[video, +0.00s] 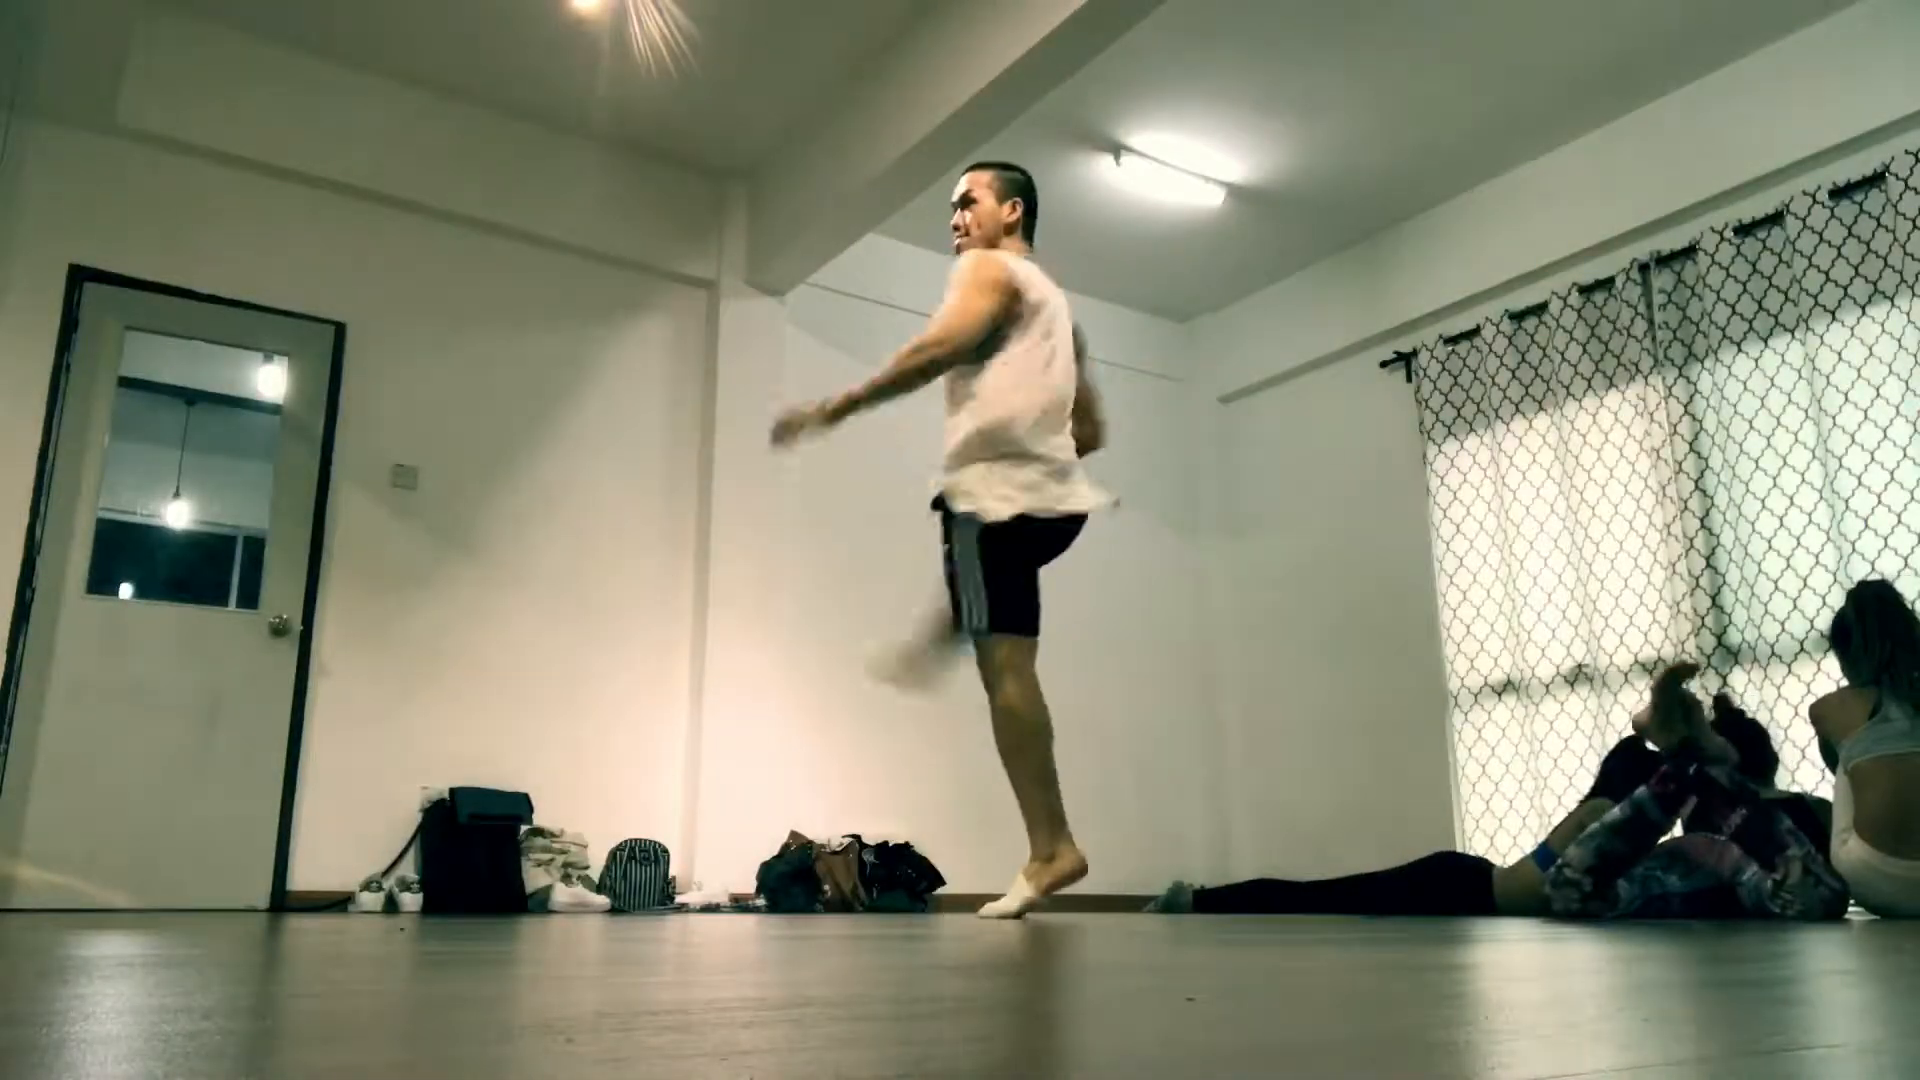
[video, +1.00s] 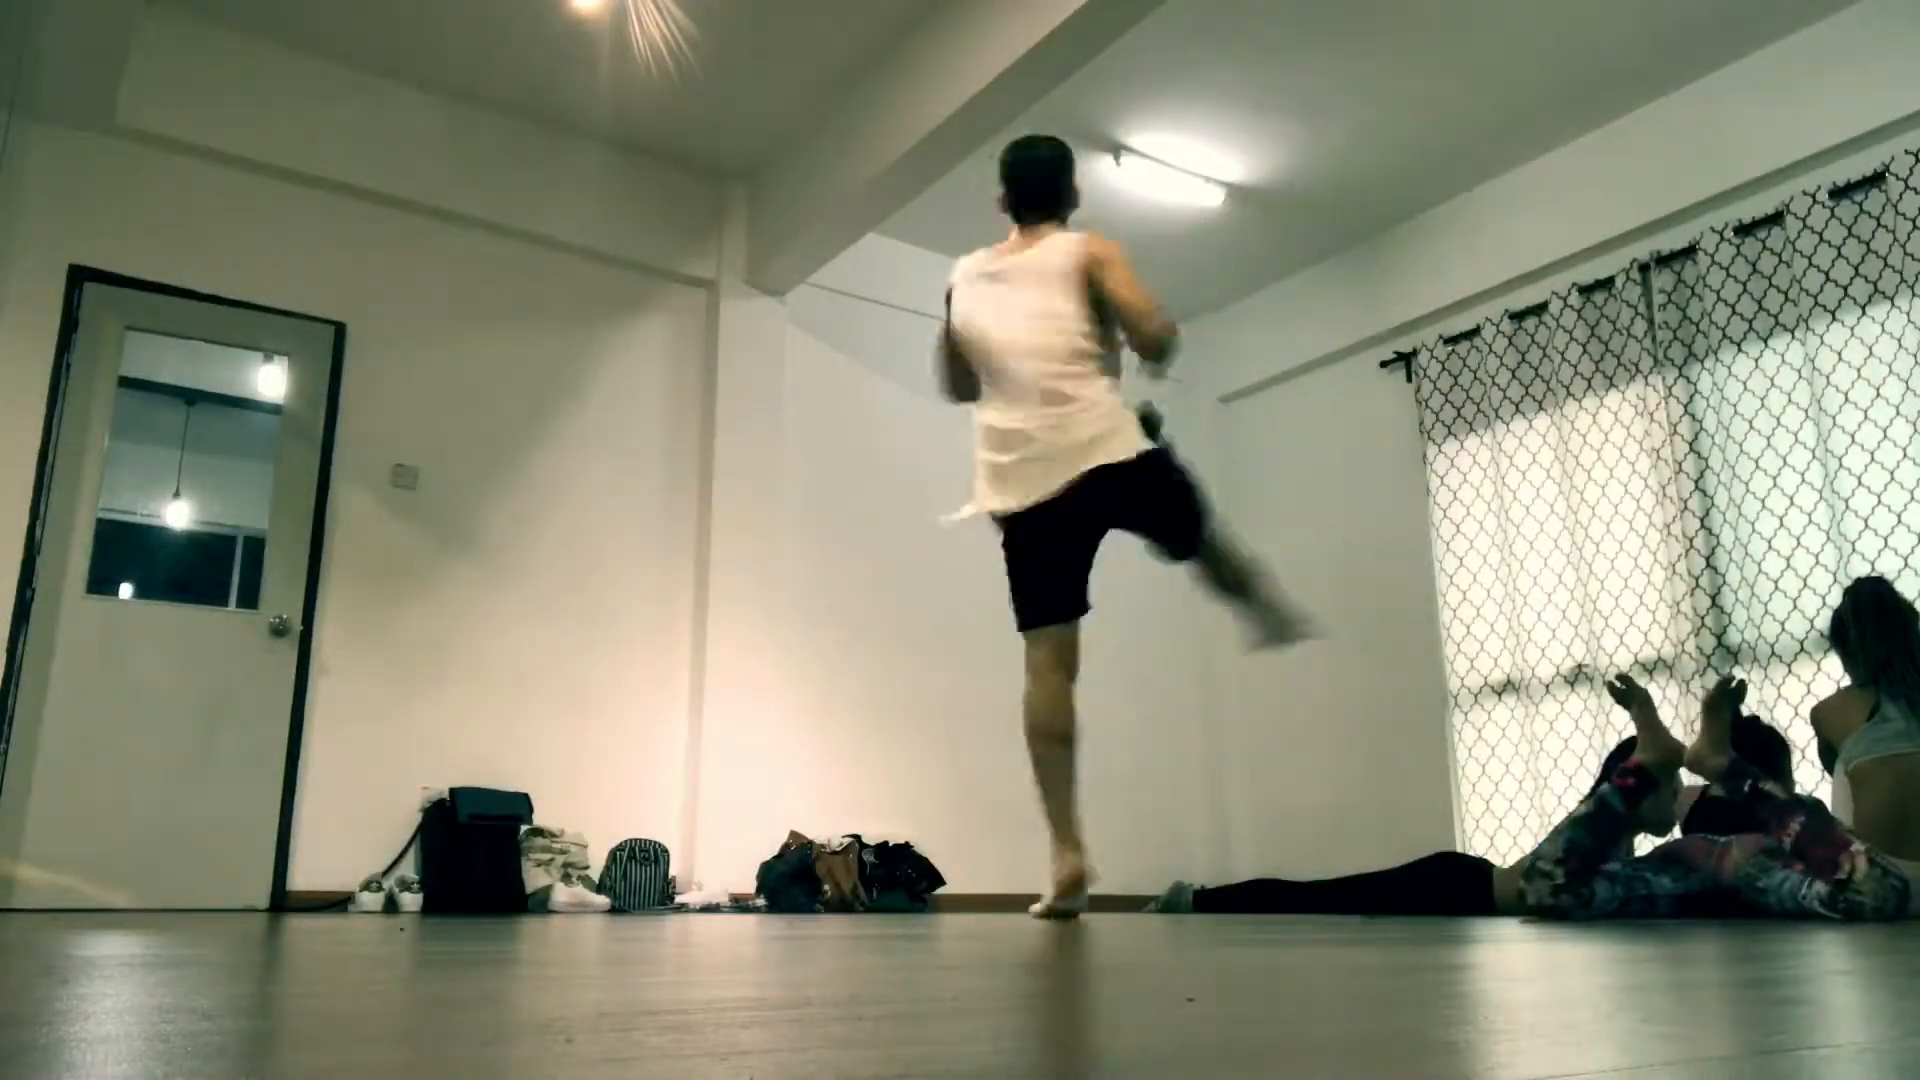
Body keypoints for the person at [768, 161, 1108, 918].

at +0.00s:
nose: (955, 217)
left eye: (969, 202)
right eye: (955, 206)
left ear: (1015, 212)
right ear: (1015, 220)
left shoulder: (988, 267)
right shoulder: (1052, 302)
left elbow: (940, 348)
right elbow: (1088, 430)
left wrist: (830, 410)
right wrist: (1001, 454)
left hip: (995, 503)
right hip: (1055, 504)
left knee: (1009, 675)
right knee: (979, 556)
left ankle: (1051, 850)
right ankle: (923, 657)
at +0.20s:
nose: (1036, 200)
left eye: (1031, 187)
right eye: (1029, 189)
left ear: (963, 207)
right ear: (1014, 199)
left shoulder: (935, 285)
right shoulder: (1021, 265)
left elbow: (974, 367)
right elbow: (1073, 356)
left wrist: (1057, 352)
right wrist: (1112, 331)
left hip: (960, 493)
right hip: (1033, 463)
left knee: (989, 663)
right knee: (1157, 552)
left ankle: (991, 835)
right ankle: (1261, 647)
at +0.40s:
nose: (971, 265)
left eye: (982, 248)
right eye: (964, 257)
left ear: (1028, 253)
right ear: (965, 272)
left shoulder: (1086, 336)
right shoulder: (965, 333)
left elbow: (1169, 385)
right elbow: (940, 375)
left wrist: (1237, 427)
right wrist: (923, 373)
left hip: (1052, 512)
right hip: (976, 503)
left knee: (1053, 697)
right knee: (1072, 500)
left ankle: (1019, 875)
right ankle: (1181, 500)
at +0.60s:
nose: (986, 229)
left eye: (1000, 214)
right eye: (982, 221)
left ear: (1048, 223)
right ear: (995, 240)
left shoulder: (1109, 276)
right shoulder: (994, 338)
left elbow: (1232, 256)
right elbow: (909, 394)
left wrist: (1344, 237)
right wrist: (825, 420)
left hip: (1104, 513)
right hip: (1021, 489)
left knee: (1066, 692)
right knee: (887, 486)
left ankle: (1027, 873)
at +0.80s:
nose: (990, 196)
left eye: (1004, 181)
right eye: (988, 186)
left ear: (1050, 186)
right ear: (1028, 196)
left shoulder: (1060, 234)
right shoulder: (1052, 255)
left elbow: (1078, 271)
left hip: (1078, 466)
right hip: (1063, 467)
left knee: (1083, 661)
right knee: (984, 538)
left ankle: (1103, 847)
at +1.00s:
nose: (1073, 200)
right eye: (1075, 188)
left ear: (1004, 201)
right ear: (1071, 194)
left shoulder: (968, 276)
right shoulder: (1087, 252)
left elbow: (956, 384)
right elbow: (1154, 335)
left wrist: (1015, 348)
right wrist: (1149, 340)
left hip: (1025, 494)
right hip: (1113, 461)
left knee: (1047, 670)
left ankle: (1067, 853)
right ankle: (1271, 614)